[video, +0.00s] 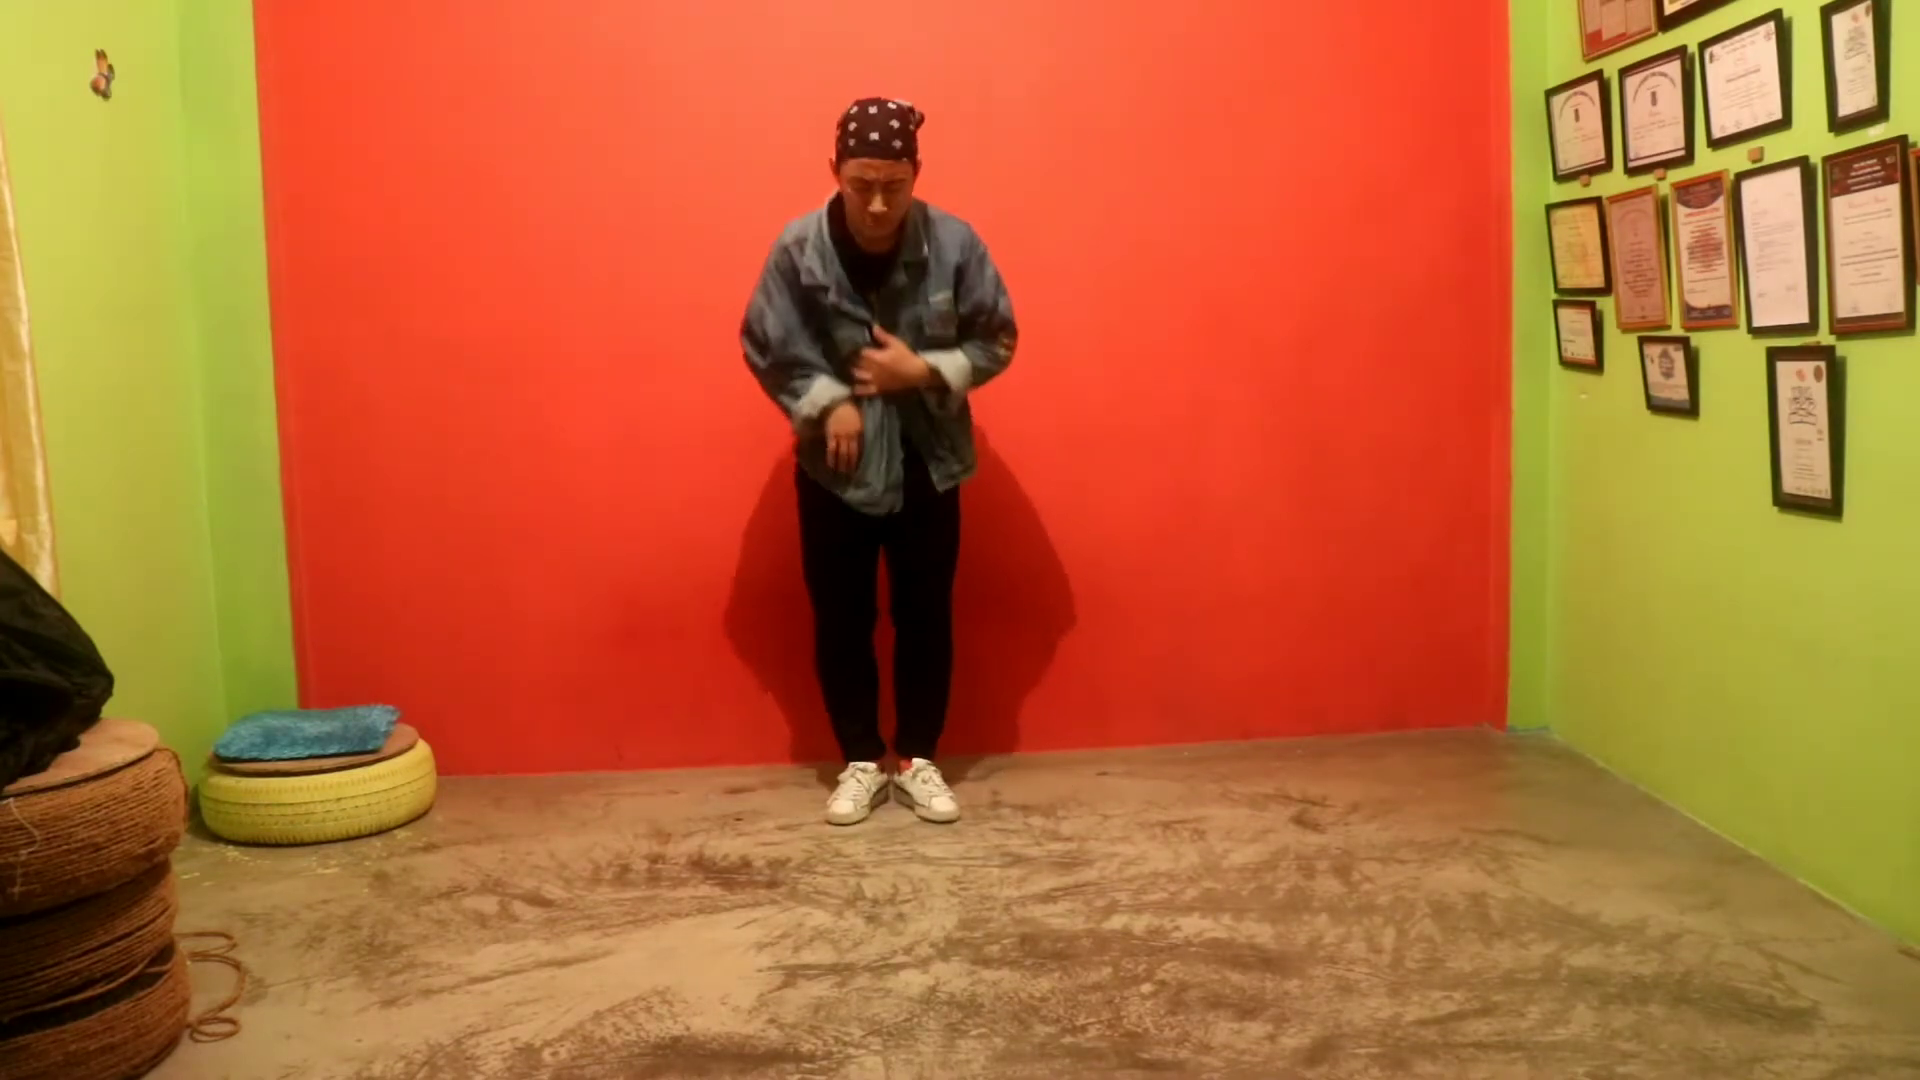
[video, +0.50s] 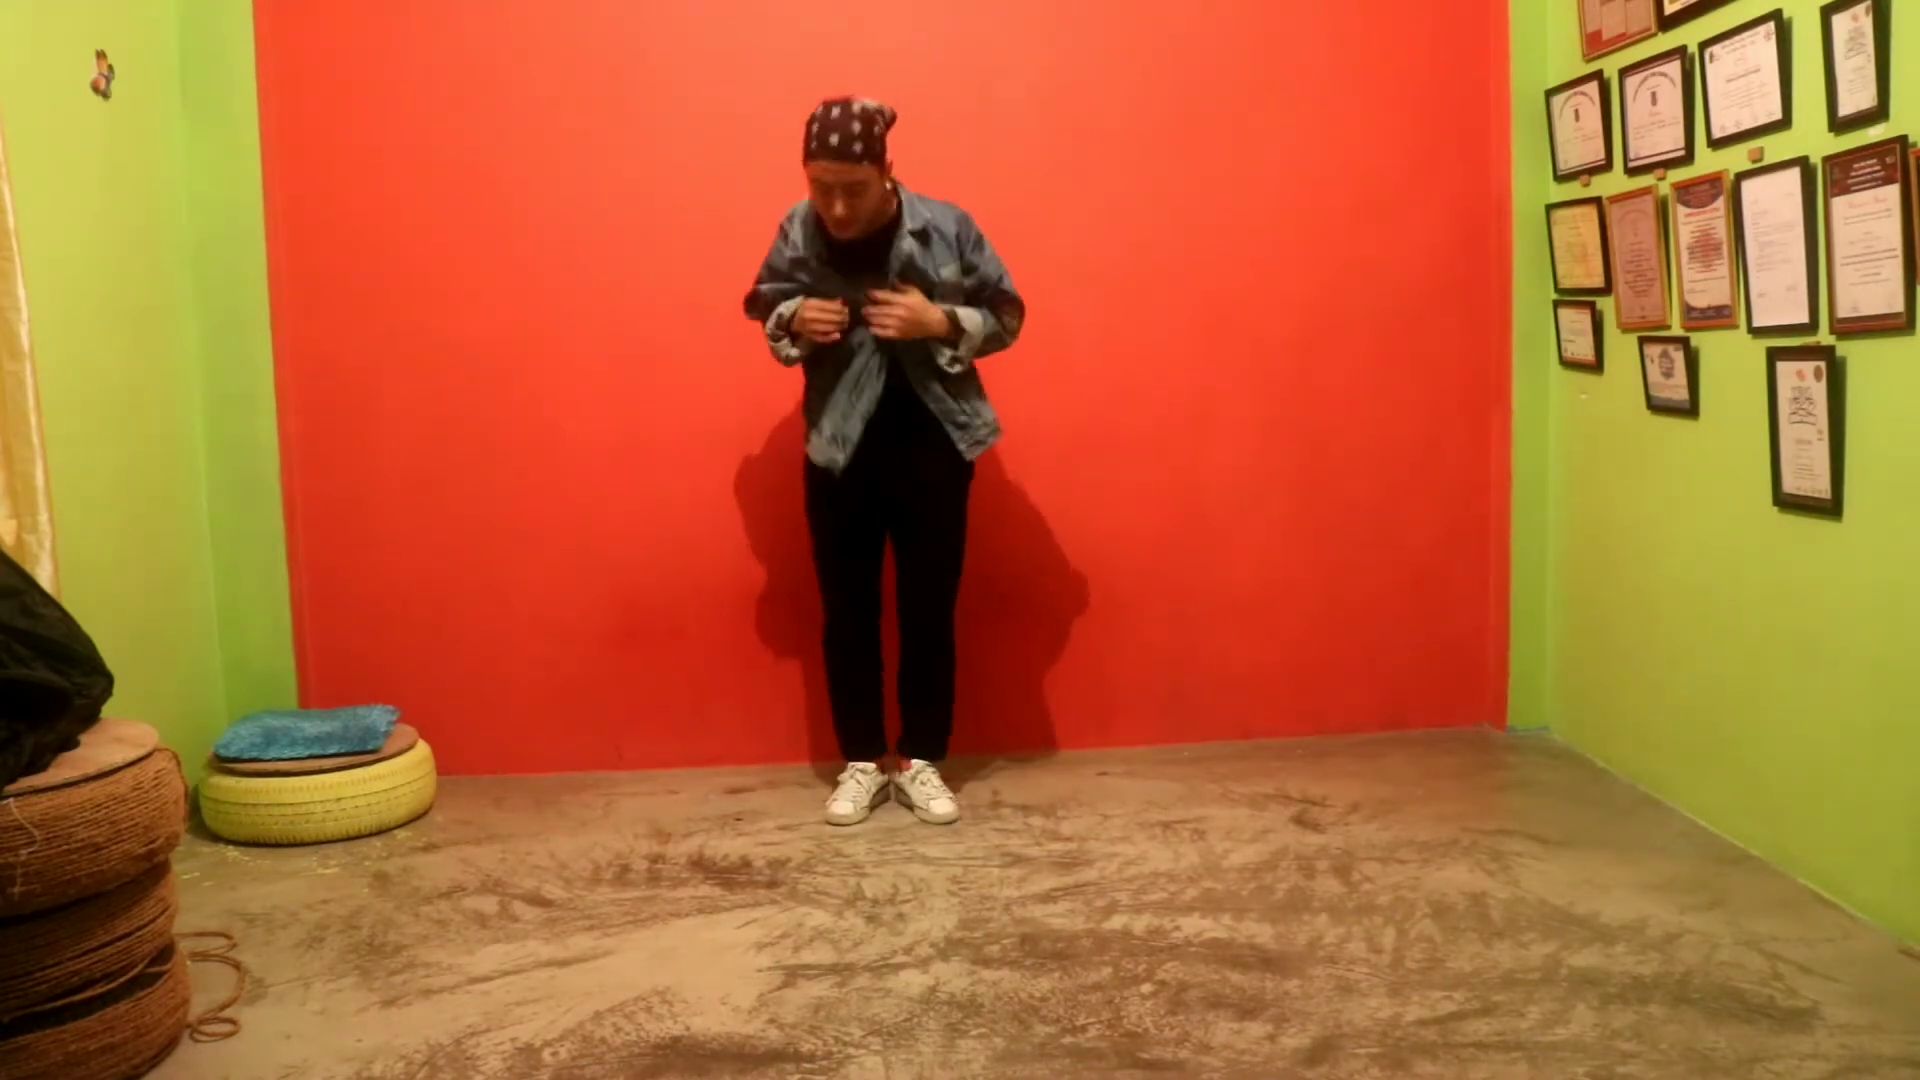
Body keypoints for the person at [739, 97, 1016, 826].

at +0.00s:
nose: (877, 203)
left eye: (891, 186)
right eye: (863, 186)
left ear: (914, 178)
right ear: (838, 177)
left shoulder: (956, 247)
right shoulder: (797, 252)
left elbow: (996, 343)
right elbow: (769, 344)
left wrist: (925, 370)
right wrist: (830, 401)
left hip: (930, 466)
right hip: (838, 467)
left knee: (925, 612)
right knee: (842, 615)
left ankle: (918, 761)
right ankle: (861, 765)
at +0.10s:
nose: (872, 197)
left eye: (886, 182)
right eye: (858, 182)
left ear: (911, 171)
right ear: (837, 169)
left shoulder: (951, 234)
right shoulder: (799, 236)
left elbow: (993, 333)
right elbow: (768, 324)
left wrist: (920, 344)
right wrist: (828, 374)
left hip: (929, 462)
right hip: (834, 463)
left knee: (925, 612)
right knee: (839, 615)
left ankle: (920, 762)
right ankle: (860, 765)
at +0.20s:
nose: (862, 210)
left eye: (876, 194)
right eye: (848, 195)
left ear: (904, 180)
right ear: (829, 182)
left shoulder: (950, 248)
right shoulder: (806, 249)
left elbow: (989, 350)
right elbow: (760, 329)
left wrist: (920, 322)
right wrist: (804, 339)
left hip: (925, 464)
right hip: (829, 466)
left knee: (926, 618)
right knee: (831, 620)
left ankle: (920, 766)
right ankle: (858, 767)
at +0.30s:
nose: (854, 216)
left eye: (869, 200)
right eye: (841, 200)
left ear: (899, 187)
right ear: (824, 189)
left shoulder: (947, 256)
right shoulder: (807, 260)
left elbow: (990, 362)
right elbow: (766, 351)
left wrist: (925, 327)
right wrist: (792, 333)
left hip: (923, 463)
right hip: (830, 466)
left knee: (927, 616)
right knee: (828, 620)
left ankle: (920, 767)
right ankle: (858, 768)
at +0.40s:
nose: (847, 197)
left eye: (861, 181)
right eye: (833, 181)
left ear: (892, 165)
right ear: (814, 170)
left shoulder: (947, 232)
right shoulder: (802, 237)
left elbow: (997, 332)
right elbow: (769, 318)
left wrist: (930, 317)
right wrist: (791, 317)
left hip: (926, 445)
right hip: (836, 447)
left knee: (923, 609)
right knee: (842, 611)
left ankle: (919, 765)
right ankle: (860, 765)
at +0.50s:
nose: (837, 206)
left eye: (852, 190)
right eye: (824, 189)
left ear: (885, 175)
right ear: (807, 178)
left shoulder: (946, 231)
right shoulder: (800, 235)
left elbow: (1007, 316)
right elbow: (763, 304)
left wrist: (941, 322)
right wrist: (792, 316)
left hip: (933, 446)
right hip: (842, 447)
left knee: (928, 606)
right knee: (849, 607)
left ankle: (921, 764)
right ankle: (862, 765)